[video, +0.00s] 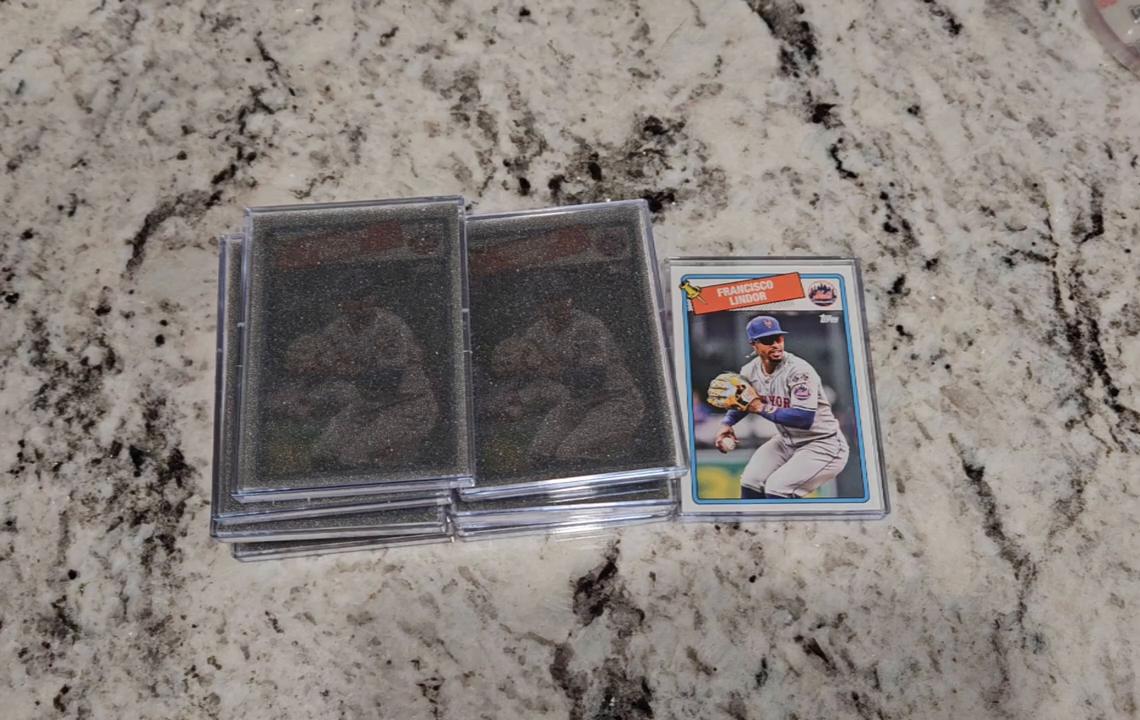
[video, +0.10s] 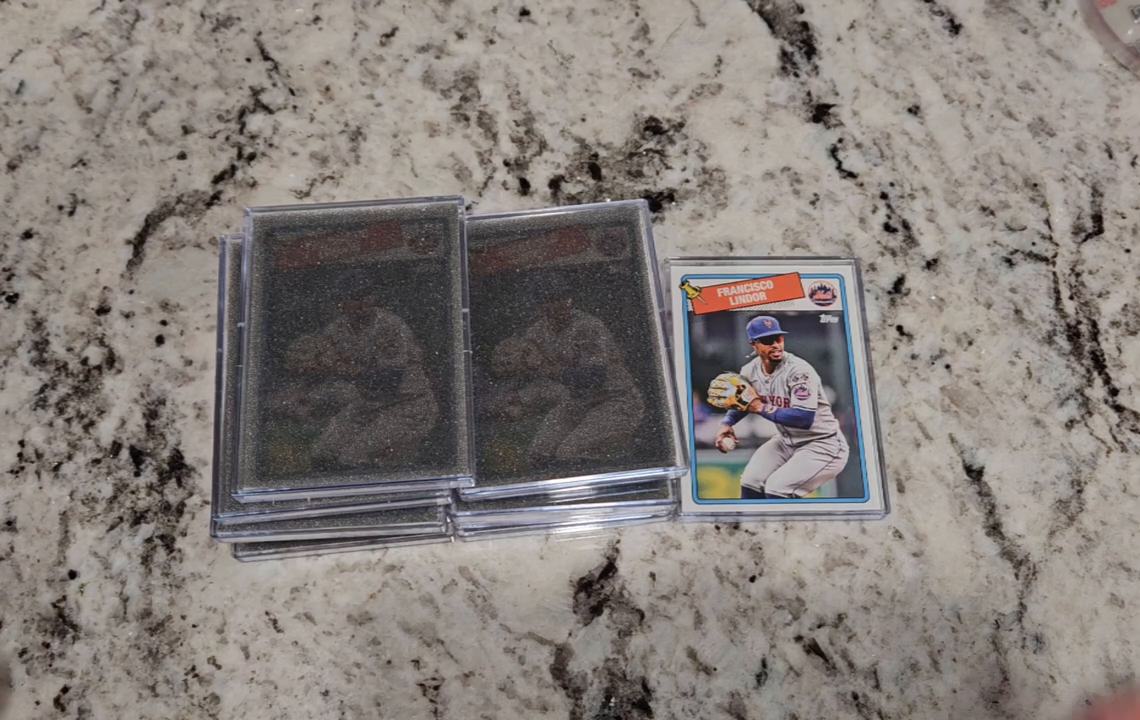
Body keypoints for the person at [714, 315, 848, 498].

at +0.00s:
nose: (776, 346)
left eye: (778, 339)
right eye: (767, 341)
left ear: (783, 339)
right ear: (754, 346)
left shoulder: (800, 371)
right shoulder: (749, 372)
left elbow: (803, 419)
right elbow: (742, 403)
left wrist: (760, 407)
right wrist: (726, 425)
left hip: (824, 446)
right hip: (786, 443)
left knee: (777, 488)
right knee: (751, 482)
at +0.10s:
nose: (776, 345)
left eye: (778, 339)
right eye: (767, 342)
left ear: (783, 339)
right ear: (754, 346)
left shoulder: (800, 371)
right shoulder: (749, 372)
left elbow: (804, 419)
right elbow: (741, 403)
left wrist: (760, 407)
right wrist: (726, 425)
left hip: (824, 446)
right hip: (786, 443)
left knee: (777, 488)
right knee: (751, 483)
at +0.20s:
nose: (776, 345)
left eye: (778, 339)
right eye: (767, 341)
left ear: (783, 339)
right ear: (754, 346)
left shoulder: (800, 371)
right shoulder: (749, 372)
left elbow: (804, 419)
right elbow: (742, 403)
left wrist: (761, 407)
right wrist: (726, 425)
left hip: (824, 445)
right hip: (786, 442)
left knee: (777, 488)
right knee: (751, 483)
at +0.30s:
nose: (776, 345)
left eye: (778, 339)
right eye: (768, 341)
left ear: (783, 339)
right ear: (754, 346)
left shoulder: (800, 371)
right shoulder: (749, 372)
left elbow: (803, 419)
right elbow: (742, 403)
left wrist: (760, 407)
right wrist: (726, 425)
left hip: (824, 445)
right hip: (786, 443)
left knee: (777, 487)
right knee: (751, 483)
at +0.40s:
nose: (775, 345)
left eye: (777, 338)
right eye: (767, 341)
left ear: (782, 338)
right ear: (754, 345)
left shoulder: (799, 370)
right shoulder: (748, 371)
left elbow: (802, 416)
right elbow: (742, 402)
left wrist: (760, 407)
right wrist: (726, 425)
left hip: (818, 445)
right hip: (784, 441)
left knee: (777, 487)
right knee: (750, 482)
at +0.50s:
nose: (776, 348)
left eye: (778, 342)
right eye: (768, 344)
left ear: (783, 341)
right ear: (755, 349)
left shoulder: (800, 373)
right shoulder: (749, 374)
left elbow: (805, 420)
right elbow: (744, 407)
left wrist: (761, 410)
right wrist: (727, 428)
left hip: (817, 447)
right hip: (785, 445)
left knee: (779, 491)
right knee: (752, 486)